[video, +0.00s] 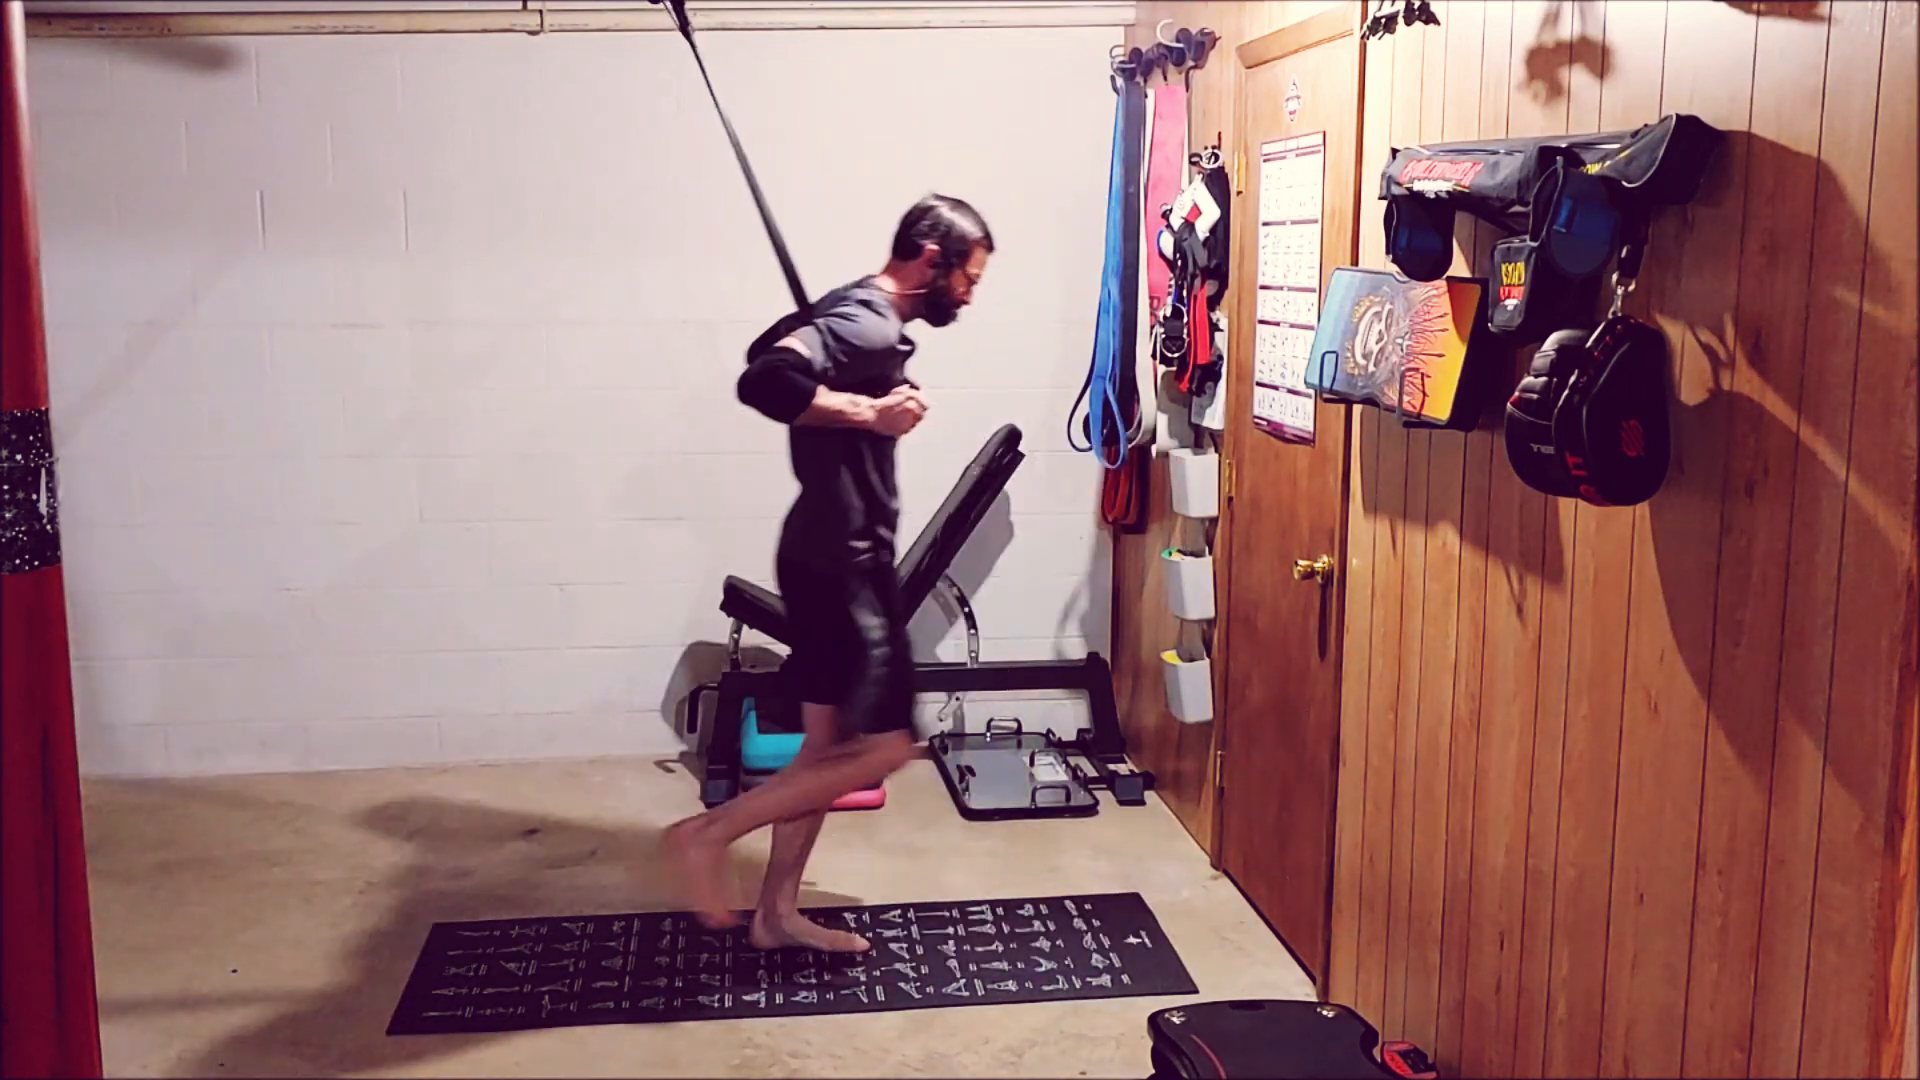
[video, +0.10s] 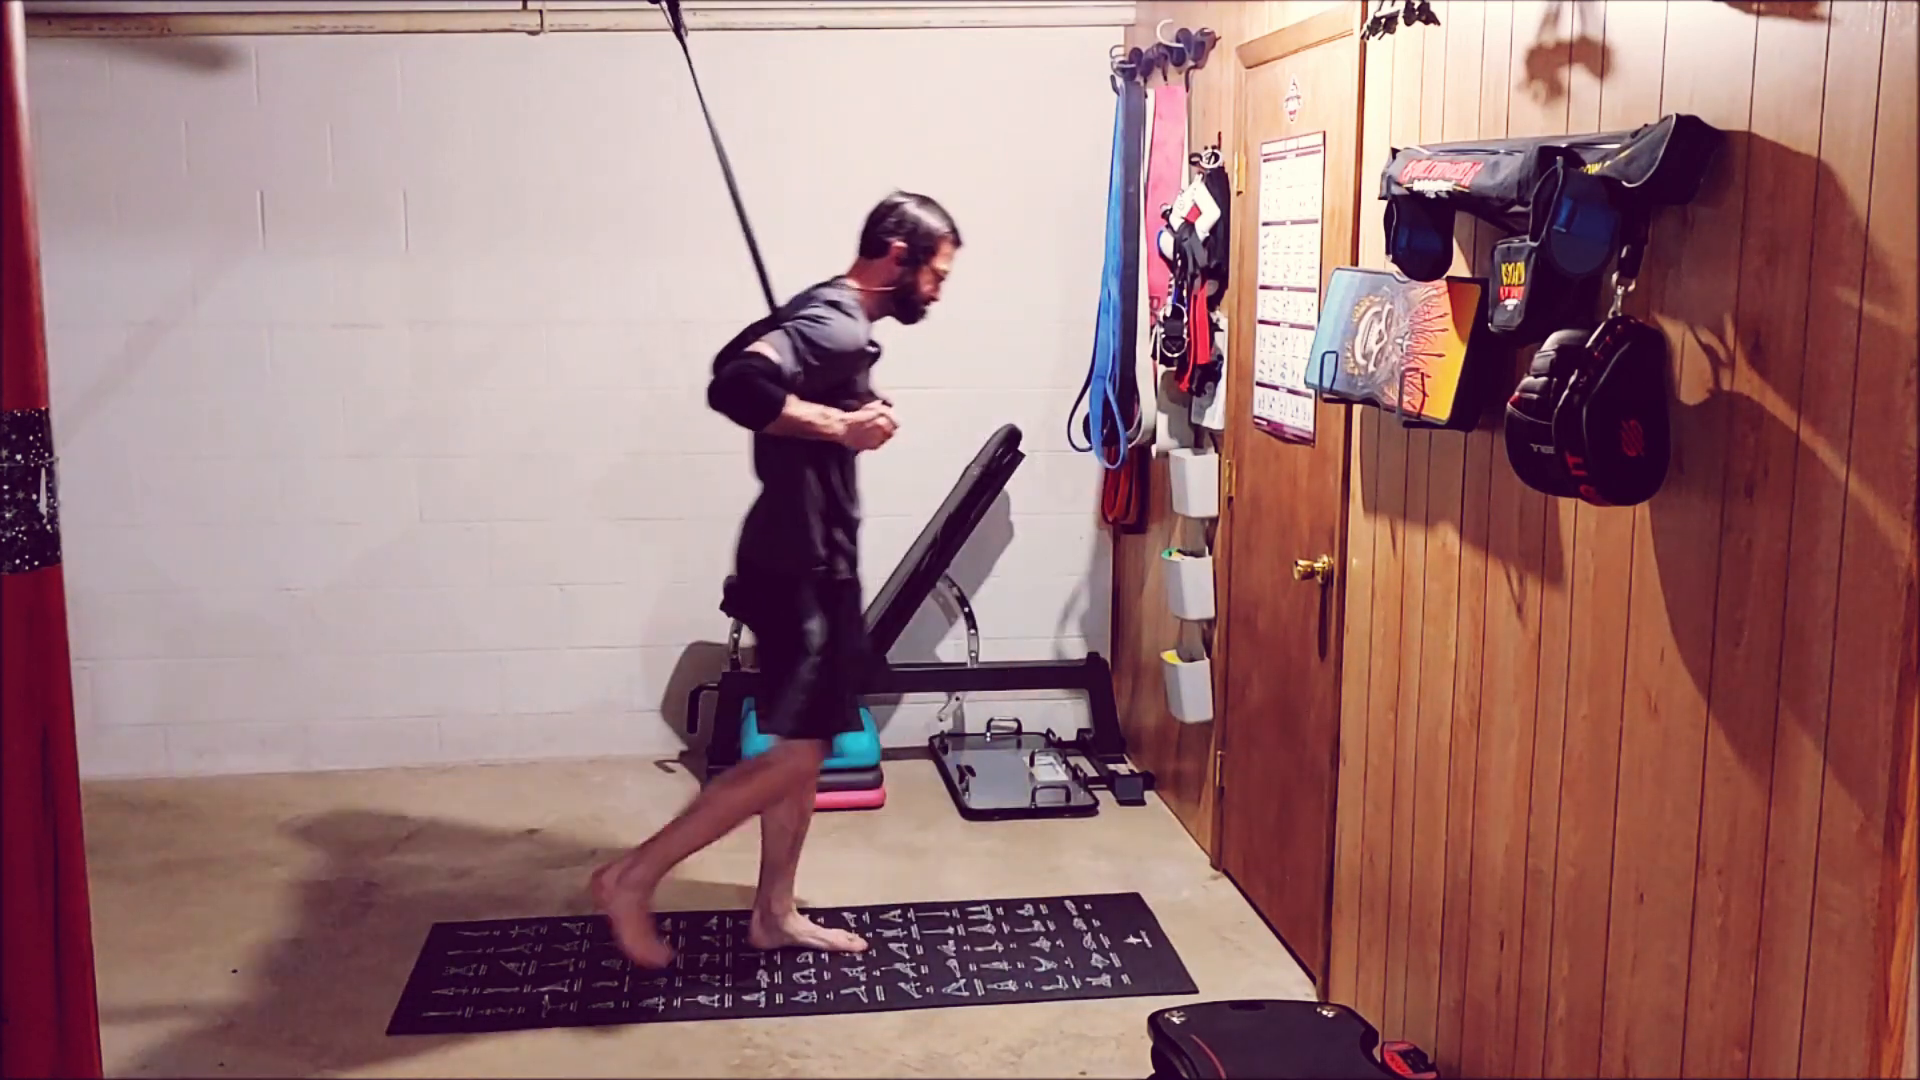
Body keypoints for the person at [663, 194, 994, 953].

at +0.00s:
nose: (970, 294)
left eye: (976, 279)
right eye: (968, 277)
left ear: (921, 256)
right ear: (929, 257)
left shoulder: (868, 308)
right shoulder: (865, 317)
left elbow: (770, 354)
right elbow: (765, 379)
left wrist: (875, 394)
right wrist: (869, 411)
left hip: (836, 547)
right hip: (837, 552)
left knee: (827, 742)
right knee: (887, 744)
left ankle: (777, 912)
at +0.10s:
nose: (941, 288)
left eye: (946, 273)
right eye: (937, 272)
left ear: (888, 259)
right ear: (894, 258)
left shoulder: (839, 313)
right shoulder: (832, 315)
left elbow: (738, 366)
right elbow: (738, 381)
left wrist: (840, 418)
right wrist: (841, 425)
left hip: (817, 556)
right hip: (795, 558)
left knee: (806, 740)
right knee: (795, 750)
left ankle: (775, 913)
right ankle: (628, 879)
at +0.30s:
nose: (861, 296)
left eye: (867, 281)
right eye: (858, 279)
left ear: (812, 263)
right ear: (813, 260)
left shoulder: (769, 331)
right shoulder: (746, 325)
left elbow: (709, 416)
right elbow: (659, 406)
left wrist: (787, 425)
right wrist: (769, 442)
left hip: (745, 570)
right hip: (704, 571)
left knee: (779, 731)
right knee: (666, 747)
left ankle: (772, 914)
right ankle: (574, 927)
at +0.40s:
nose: (825, 296)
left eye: (828, 281)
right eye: (821, 279)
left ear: (777, 266)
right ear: (775, 263)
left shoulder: (735, 337)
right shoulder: (707, 327)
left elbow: (672, 425)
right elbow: (615, 419)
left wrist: (742, 424)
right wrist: (729, 447)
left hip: (711, 582)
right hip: (661, 581)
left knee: (760, 731)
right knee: (627, 756)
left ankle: (763, 912)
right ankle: (568, 937)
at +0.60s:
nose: (767, 293)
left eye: (771, 278)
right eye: (762, 276)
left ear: (716, 264)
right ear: (715, 261)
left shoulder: (679, 335)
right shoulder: (645, 327)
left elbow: (616, 427)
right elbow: (550, 418)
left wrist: (687, 428)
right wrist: (668, 445)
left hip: (663, 580)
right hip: (608, 581)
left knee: (719, 728)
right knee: (595, 758)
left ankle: (670, 910)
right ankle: (564, 941)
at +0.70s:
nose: (748, 289)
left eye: (752, 273)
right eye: (744, 271)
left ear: (696, 260)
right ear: (696, 257)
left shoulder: (662, 333)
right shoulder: (626, 326)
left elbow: (601, 424)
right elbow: (532, 417)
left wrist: (673, 424)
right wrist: (651, 442)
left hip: (648, 579)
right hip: (597, 580)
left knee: (690, 734)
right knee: (590, 757)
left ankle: (612, 907)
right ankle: (562, 943)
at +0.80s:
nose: (738, 285)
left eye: (742, 270)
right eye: (732, 268)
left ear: (685, 258)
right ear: (683, 254)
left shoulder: (650, 330)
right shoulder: (620, 322)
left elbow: (593, 422)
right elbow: (526, 415)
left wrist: (663, 419)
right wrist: (642, 440)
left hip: (634, 579)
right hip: (592, 579)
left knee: (650, 743)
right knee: (586, 755)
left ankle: (573, 915)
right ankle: (561, 941)